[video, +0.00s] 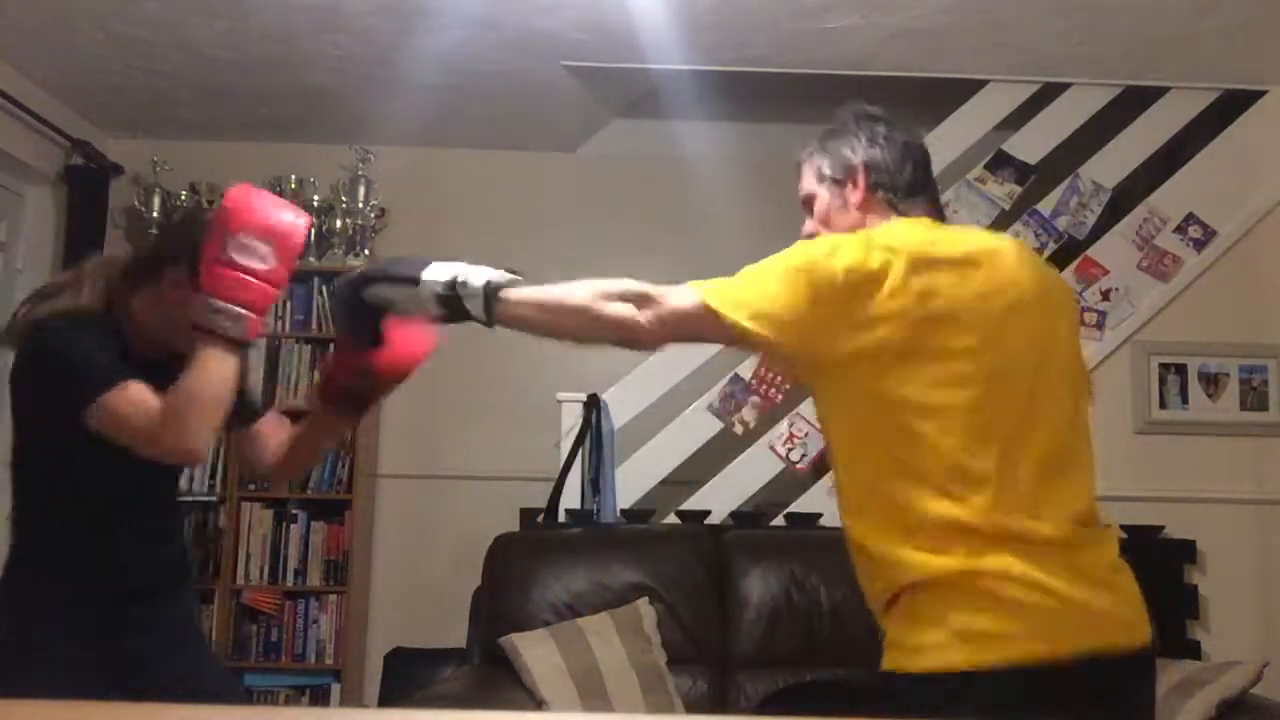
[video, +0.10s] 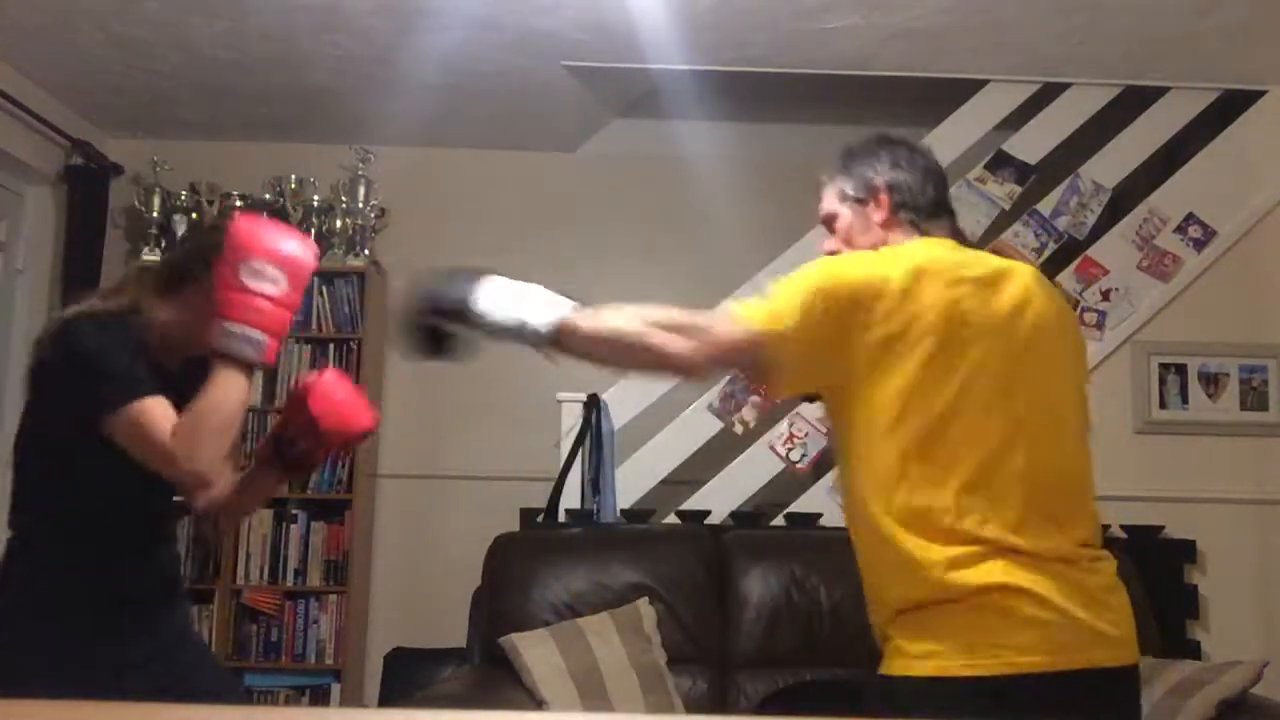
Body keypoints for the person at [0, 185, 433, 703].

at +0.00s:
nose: (213, 336)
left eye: (219, 324)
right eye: (205, 318)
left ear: (185, 291)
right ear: (173, 283)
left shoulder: (183, 352)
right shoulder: (60, 340)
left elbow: (277, 465)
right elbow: (182, 439)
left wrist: (348, 395)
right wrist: (234, 305)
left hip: (161, 633)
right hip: (57, 637)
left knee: (221, 709)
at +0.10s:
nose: (246, 335)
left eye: (254, 320)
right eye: (245, 315)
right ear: (213, 288)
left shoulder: (189, 364)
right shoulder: (87, 342)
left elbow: (214, 507)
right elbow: (190, 461)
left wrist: (287, 453)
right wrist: (244, 342)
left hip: (152, 623)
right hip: (55, 628)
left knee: (225, 708)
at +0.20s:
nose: (297, 327)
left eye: (301, 316)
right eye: (291, 309)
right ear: (258, 292)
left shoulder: (209, 381)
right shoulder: (155, 340)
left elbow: (199, 533)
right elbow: (193, 482)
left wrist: (276, 487)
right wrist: (268, 382)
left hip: (143, 618)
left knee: (226, 707)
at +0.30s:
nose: (343, 366)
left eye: (349, 350)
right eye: (341, 344)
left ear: (295, 328)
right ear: (301, 327)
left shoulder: (227, 378)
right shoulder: (227, 366)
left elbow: (217, 552)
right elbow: (221, 504)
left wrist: (308, 503)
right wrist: (335, 426)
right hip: (101, 639)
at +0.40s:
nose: (368, 358)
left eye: (374, 340)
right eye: (367, 334)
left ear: (320, 318)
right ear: (323, 316)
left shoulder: (237, 366)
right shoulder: (252, 363)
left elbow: (244, 542)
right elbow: (249, 508)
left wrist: (329, 503)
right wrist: (360, 445)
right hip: (127, 636)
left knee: (254, 704)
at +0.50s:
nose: (382, 309)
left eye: (384, 292)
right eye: (376, 287)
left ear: (329, 279)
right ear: (326, 275)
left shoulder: (270, 358)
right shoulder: (238, 335)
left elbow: (271, 514)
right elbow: (258, 484)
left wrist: (370, 465)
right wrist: (367, 404)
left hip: (204, 611)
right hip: (142, 617)